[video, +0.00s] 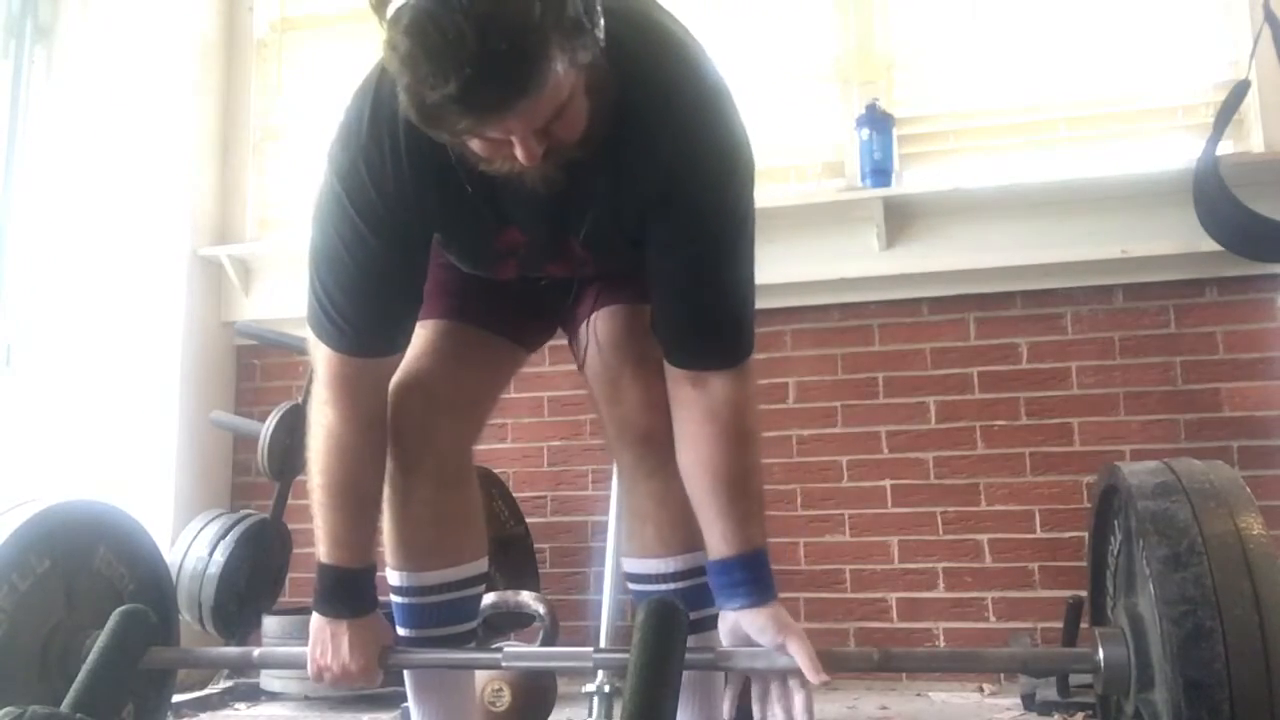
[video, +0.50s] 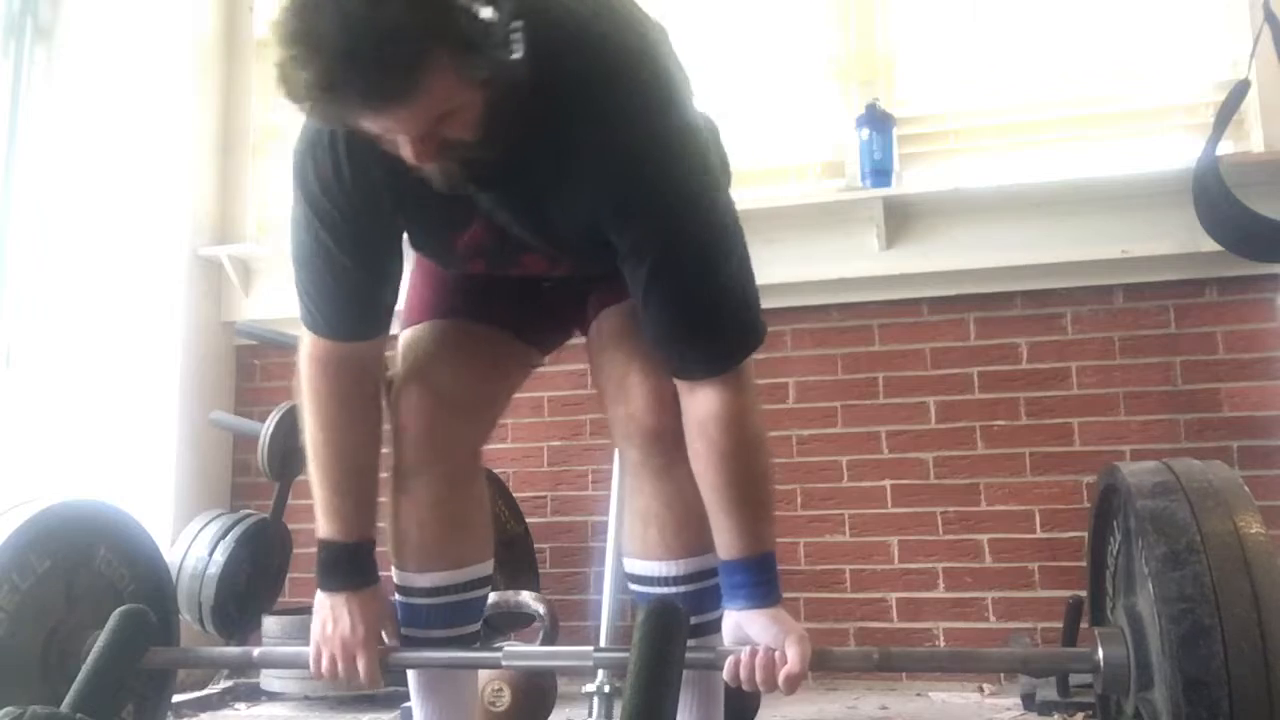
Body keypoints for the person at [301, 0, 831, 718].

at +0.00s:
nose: (531, 153)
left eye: (552, 117)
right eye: (492, 140)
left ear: (583, 48)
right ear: (436, 113)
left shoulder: (681, 107)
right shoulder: (384, 133)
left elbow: (709, 373)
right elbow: (349, 376)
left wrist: (748, 593)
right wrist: (343, 596)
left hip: (629, 245)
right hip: (484, 251)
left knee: (646, 423)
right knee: (416, 423)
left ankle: (694, 698)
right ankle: (441, 702)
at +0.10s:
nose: (527, 154)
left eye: (548, 117)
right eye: (489, 139)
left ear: (579, 47)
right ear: (432, 112)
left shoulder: (677, 108)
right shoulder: (381, 133)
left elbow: (708, 375)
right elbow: (346, 378)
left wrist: (749, 592)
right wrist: (343, 594)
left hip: (628, 248)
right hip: (482, 253)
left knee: (645, 423)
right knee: (416, 420)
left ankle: (691, 696)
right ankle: (441, 701)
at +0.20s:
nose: (519, 157)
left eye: (541, 120)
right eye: (481, 141)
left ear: (575, 47)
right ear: (425, 115)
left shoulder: (671, 108)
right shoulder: (376, 135)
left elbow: (707, 377)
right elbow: (344, 376)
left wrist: (748, 597)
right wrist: (342, 595)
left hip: (627, 247)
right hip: (480, 252)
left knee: (644, 420)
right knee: (417, 417)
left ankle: (691, 700)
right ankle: (442, 703)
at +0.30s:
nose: (490, 158)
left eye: (518, 124)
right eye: (454, 138)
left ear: (561, 51)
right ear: (409, 108)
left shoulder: (657, 102)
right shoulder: (367, 133)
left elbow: (709, 375)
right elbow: (344, 367)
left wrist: (750, 597)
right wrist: (341, 591)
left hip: (627, 247)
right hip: (477, 252)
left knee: (649, 425)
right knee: (417, 418)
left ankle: (690, 704)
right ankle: (442, 706)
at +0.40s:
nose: (454, 153)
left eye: (479, 121)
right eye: (420, 134)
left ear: (524, 60)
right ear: (381, 105)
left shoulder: (630, 78)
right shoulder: (354, 137)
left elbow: (711, 373)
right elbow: (337, 349)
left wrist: (753, 597)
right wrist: (340, 572)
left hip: (628, 240)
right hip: (475, 247)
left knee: (652, 421)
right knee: (420, 416)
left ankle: (693, 702)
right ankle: (441, 705)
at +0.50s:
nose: (415, 154)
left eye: (439, 121)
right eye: (383, 135)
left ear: (492, 60)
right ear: (346, 110)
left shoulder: (612, 77)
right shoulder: (340, 142)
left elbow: (711, 370)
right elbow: (340, 350)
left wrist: (753, 598)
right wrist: (344, 575)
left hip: (631, 232)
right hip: (484, 244)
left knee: (655, 418)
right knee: (421, 411)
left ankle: (693, 702)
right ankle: (442, 705)